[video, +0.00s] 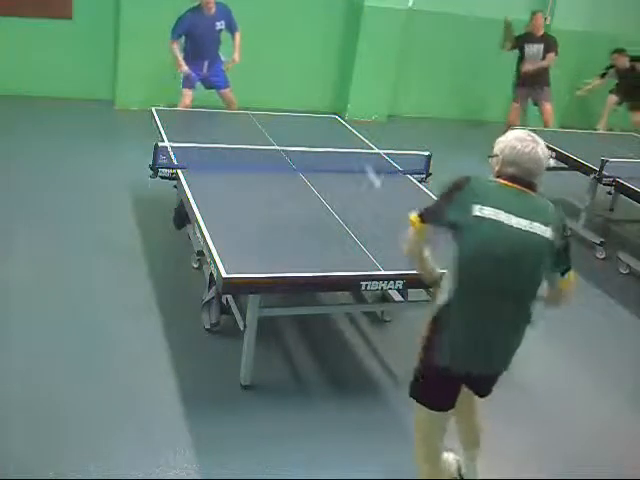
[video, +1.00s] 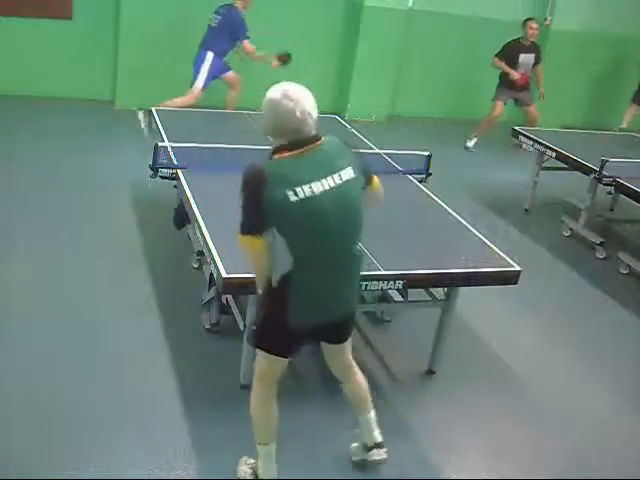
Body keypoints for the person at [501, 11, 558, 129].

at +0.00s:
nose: (537, 23)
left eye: (539, 21)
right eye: (535, 20)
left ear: (543, 22)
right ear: (531, 22)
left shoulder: (550, 40)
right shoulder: (523, 38)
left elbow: (549, 61)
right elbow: (507, 46)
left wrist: (532, 67)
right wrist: (508, 30)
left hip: (541, 83)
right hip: (523, 81)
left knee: (546, 111)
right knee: (515, 110)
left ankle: (549, 135)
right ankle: (511, 136)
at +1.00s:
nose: (533, 32)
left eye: (536, 29)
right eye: (531, 28)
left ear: (538, 32)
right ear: (524, 29)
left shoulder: (536, 48)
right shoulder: (512, 45)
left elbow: (538, 68)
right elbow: (496, 61)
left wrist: (540, 87)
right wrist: (511, 72)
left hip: (523, 86)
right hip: (506, 85)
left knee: (533, 117)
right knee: (496, 114)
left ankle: (523, 141)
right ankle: (474, 138)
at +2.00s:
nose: (521, 16)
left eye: (523, 13)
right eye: (518, 12)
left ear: (524, 16)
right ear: (510, 13)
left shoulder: (521, 34)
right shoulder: (498, 31)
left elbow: (520, 56)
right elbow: (488, 51)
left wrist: (519, 75)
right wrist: (494, 71)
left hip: (511, 75)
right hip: (495, 73)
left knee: (511, 105)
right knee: (486, 104)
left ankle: (508, 136)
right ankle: (476, 130)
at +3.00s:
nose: (542, 20)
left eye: (543, 17)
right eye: (539, 17)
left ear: (544, 20)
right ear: (532, 17)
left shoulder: (543, 37)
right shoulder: (519, 34)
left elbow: (543, 59)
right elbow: (510, 56)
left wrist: (540, 80)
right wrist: (509, 77)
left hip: (531, 81)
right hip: (515, 79)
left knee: (524, 110)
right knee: (500, 106)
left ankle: (510, 136)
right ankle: (484, 130)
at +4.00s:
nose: (557, 24)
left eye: (559, 21)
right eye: (554, 21)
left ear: (560, 23)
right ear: (546, 22)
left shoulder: (556, 41)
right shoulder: (536, 40)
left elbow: (557, 62)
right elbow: (531, 64)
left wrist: (558, 79)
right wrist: (551, 78)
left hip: (547, 84)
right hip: (532, 84)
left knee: (544, 117)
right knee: (530, 118)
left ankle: (540, 148)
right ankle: (519, 145)